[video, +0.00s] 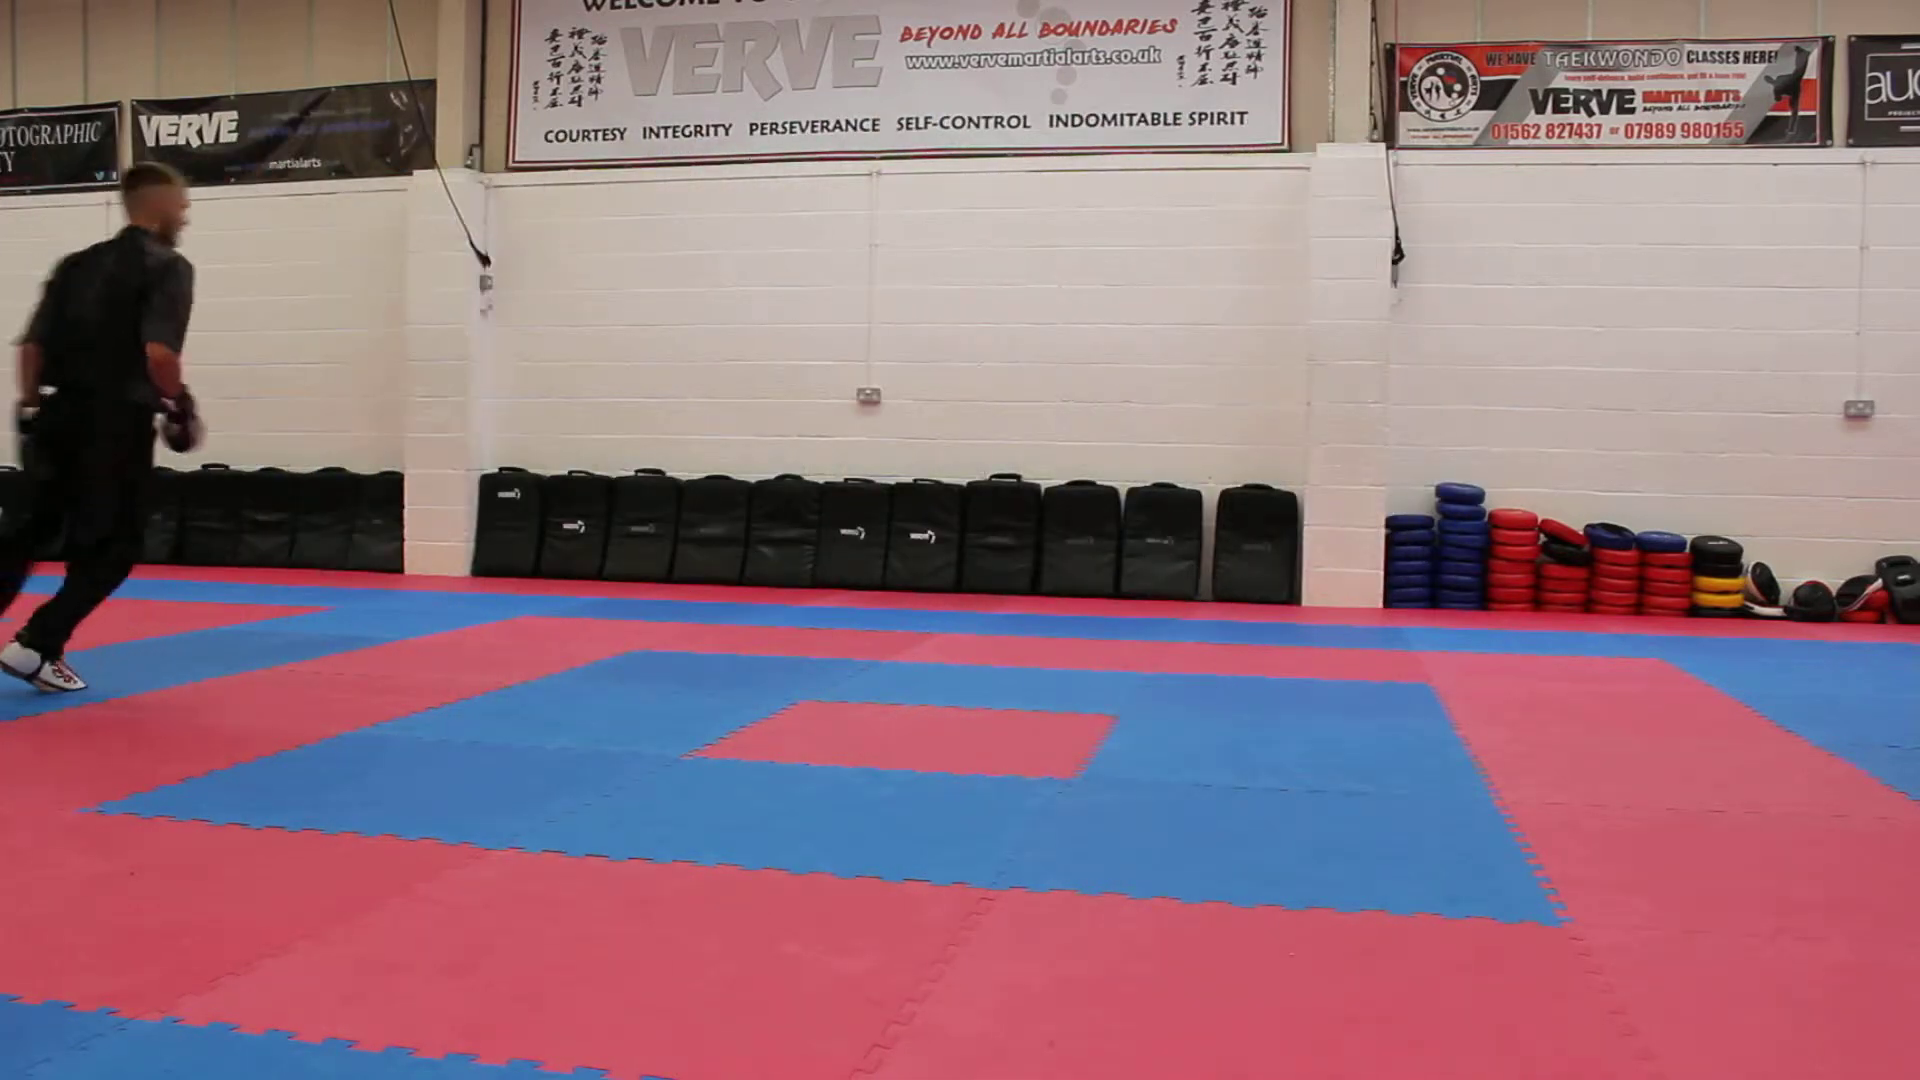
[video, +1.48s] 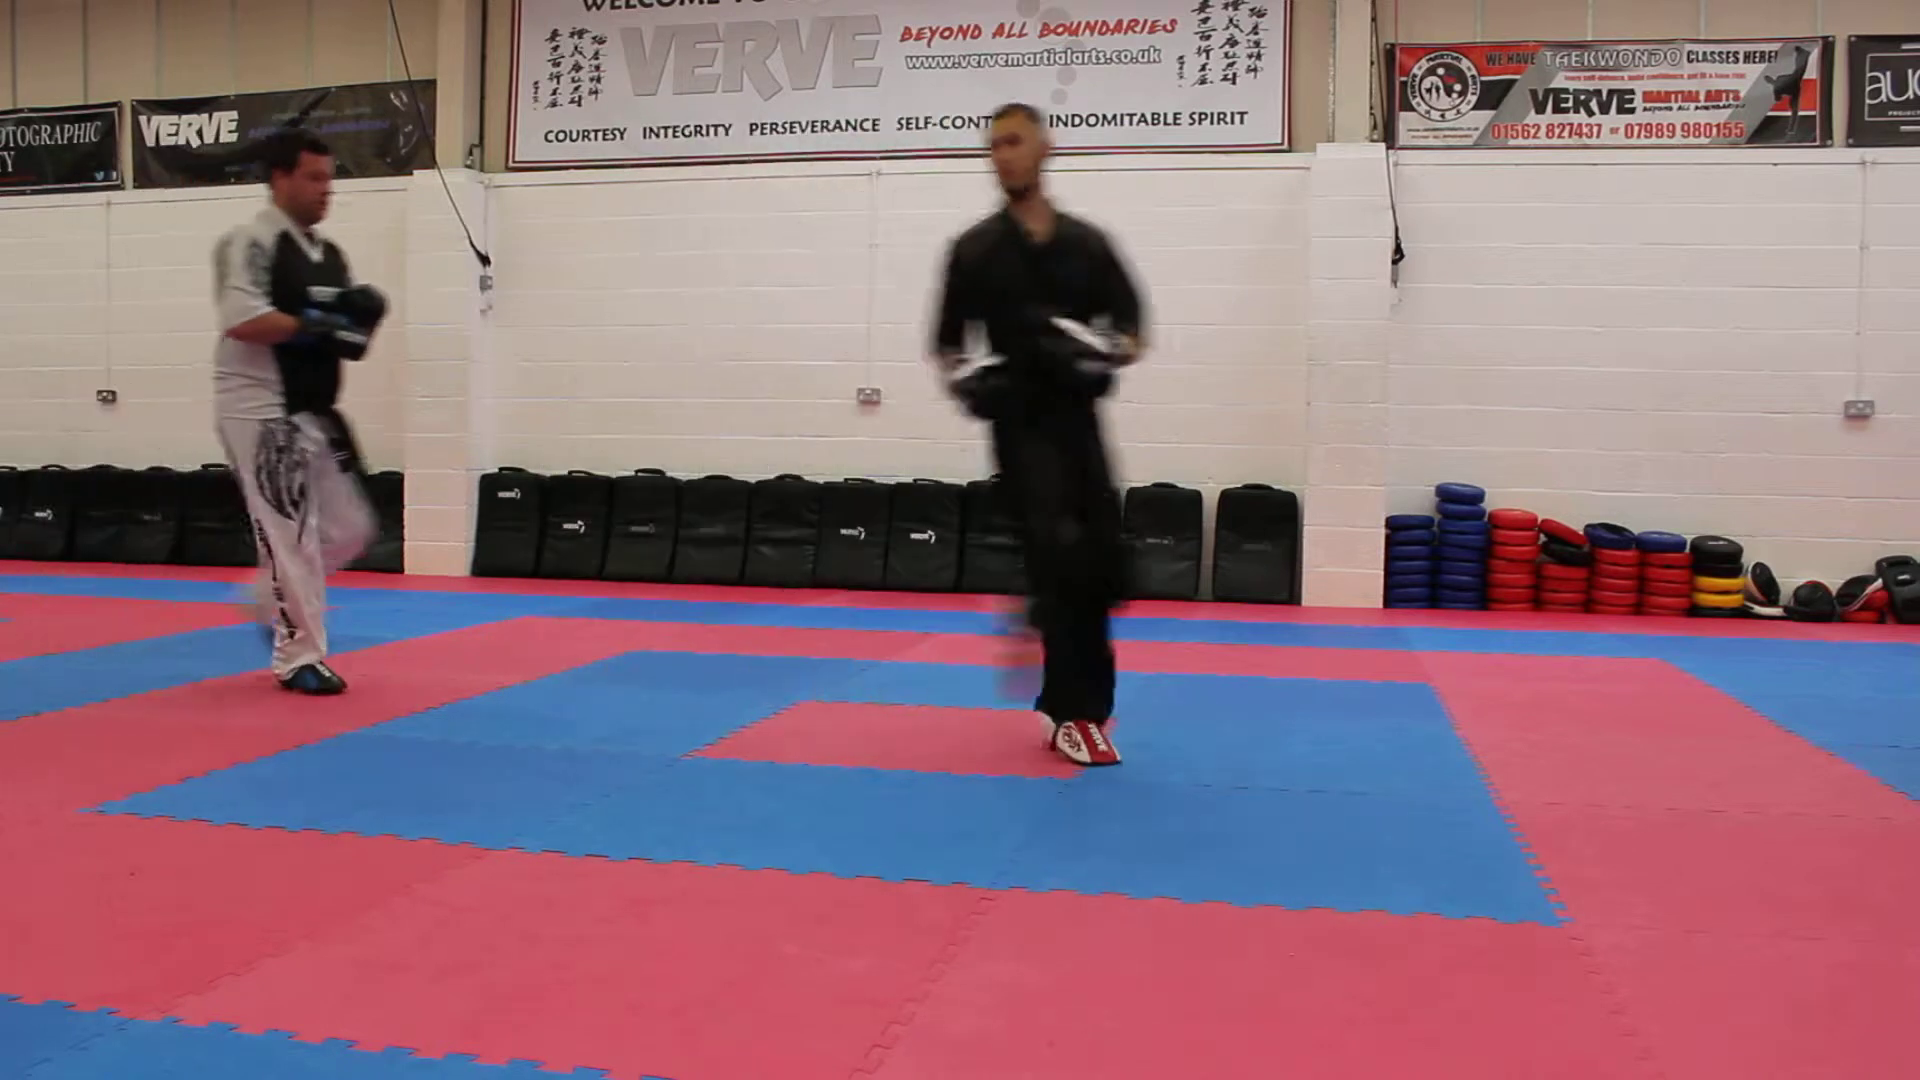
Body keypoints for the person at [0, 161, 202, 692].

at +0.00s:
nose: (186, 214)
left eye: (185, 202)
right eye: (181, 203)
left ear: (131, 205)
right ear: (161, 205)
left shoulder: (77, 263)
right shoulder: (168, 268)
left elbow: (32, 344)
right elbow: (159, 353)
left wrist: (30, 401)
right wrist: (180, 405)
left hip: (59, 423)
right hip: (120, 428)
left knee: (33, 530)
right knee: (116, 549)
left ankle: (44, 651)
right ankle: (33, 644)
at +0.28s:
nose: (310, 209)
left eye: (308, 198)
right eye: (301, 199)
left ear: (261, 205)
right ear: (269, 202)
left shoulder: (219, 257)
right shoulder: (279, 265)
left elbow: (158, 323)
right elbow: (301, 354)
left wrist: (198, 366)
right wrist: (328, 368)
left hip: (183, 418)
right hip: (220, 425)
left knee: (141, 529)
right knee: (269, 526)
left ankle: (66, 637)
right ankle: (245, 637)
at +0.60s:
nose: (485, 185)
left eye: (483, 175)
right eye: (474, 176)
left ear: (460, 183)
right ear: (442, 183)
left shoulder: (449, 248)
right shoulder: (416, 239)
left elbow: (426, 327)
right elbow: (349, 295)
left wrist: (473, 339)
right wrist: (397, 347)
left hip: (399, 397)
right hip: (380, 401)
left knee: (361, 514)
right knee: (446, 520)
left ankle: (287, 619)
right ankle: (416, 652)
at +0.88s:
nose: (651, 175)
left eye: (651, 165)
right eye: (639, 165)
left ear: (636, 173)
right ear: (605, 170)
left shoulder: (616, 244)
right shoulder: (590, 243)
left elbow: (595, 341)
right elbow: (558, 340)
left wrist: (650, 365)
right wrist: (626, 354)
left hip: (594, 407)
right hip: (562, 409)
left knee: (616, 542)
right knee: (558, 539)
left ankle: (550, 622)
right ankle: (513, 662)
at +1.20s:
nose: (871, 163)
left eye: (873, 151)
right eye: (857, 151)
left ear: (870, 160)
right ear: (823, 159)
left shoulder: (864, 249)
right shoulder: (792, 235)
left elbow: (852, 331)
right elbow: (740, 321)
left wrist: (890, 337)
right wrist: (805, 351)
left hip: (846, 413)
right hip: (802, 411)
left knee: (849, 545)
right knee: (845, 541)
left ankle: (789, 686)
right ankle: (775, 669)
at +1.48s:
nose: (1002, 156)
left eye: (1013, 142)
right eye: (995, 146)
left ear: (1045, 148)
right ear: (988, 157)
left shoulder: (1085, 242)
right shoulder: (974, 250)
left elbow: (1131, 334)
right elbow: (946, 348)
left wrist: (1094, 352)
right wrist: (974, 385)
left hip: (1077, 415)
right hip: (1018, 421)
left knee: (1100, 556)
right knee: (1058, 558)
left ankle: (1084, 709)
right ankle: (1073, 714)